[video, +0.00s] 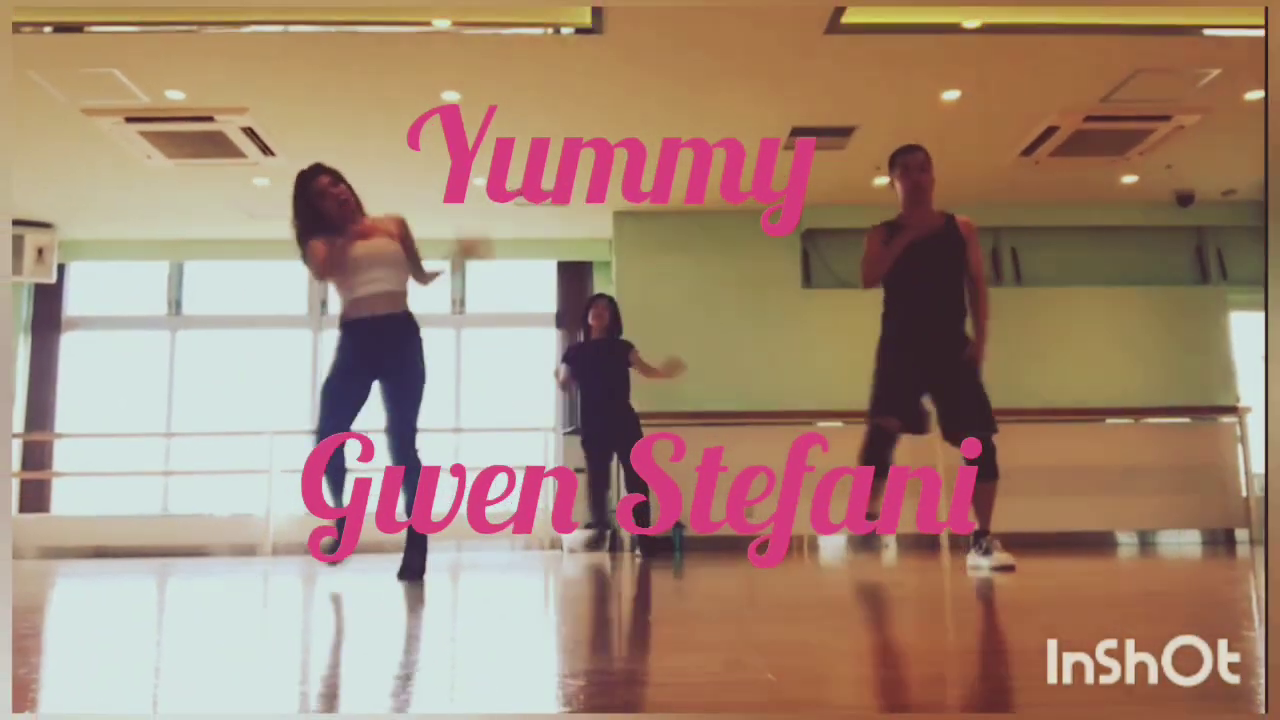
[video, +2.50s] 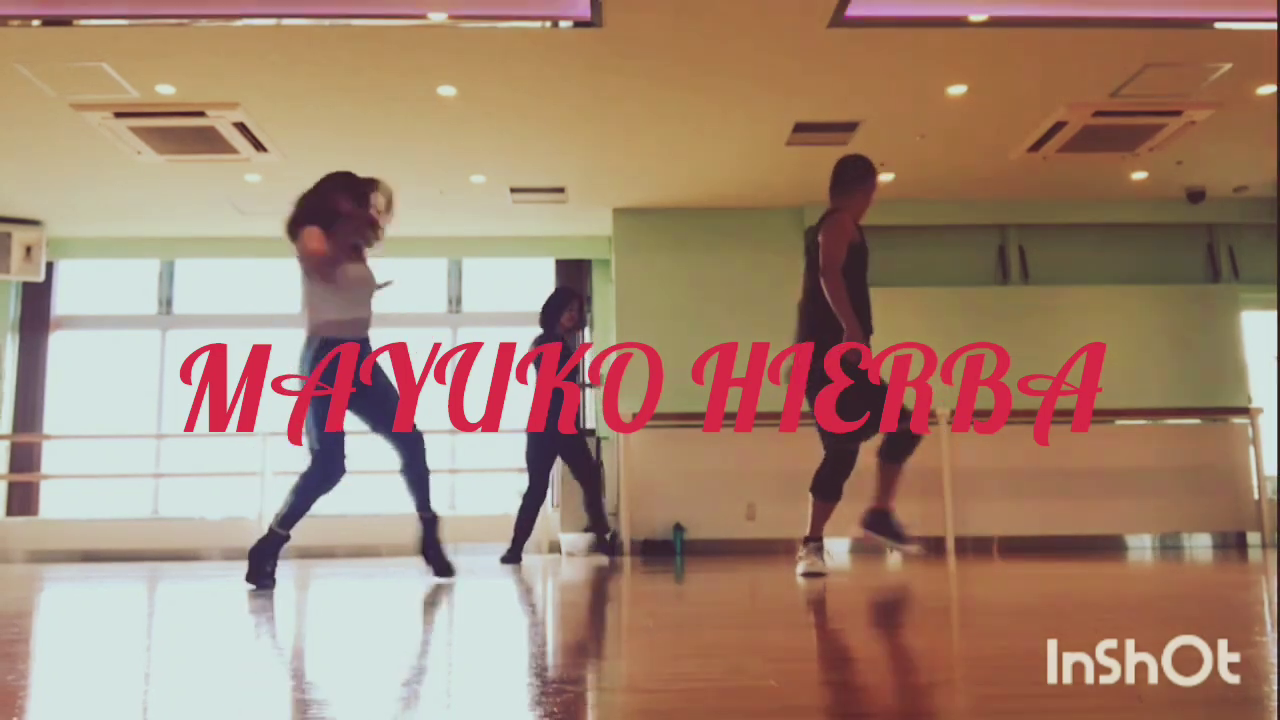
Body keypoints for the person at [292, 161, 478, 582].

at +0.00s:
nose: (337, 191)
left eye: (337, 182)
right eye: (324, 191)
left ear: (349, 186)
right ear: (315, 208)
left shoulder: (393, 226)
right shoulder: (320, 242)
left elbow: (421, 275)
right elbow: (325, 270)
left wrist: (456, 259)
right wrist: (342, 236)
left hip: (400, 337)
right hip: (356, 341)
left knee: (402, 443)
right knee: (329, 435)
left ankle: (417, 531)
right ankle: (341, 514)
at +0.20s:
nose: (353, 197)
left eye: (359, 190)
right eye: (345, 191)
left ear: (372, 197)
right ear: (332, 200)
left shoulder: (397, 246)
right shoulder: (320, 248)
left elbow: (410, 298)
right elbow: (295, 292)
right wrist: (279, 316)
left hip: (387, 351)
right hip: (341, 352)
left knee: (420, 447)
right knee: (306, 444)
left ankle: (431, 544)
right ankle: (285, 539)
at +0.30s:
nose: (368, 225)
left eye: (376, 220)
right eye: (362, 215)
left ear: (385, 230)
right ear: (343, 219)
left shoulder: (388, 274)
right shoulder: (316, 271)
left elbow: (412, 325)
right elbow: (301, 327)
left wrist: (388, 365)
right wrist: (284, 376)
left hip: (375, 381)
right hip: (327, 381)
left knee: (420, 456)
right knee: (282, 460)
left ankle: (433, 547)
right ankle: (279, 544)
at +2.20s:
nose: (335, 235)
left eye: (346, 231)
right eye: (330, 226)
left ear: (359, 243)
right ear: (317, 233)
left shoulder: (368, 289)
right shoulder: (298, 287)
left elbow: (398, 343)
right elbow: (294, 341)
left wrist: (410, 398)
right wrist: (300, 374)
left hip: (376, 395)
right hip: (330, 402)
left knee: (390, 469)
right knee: (258, 462)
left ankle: (434, 543)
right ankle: (277, 546)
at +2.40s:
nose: (358, 229)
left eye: (365, 221)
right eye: (352, 219)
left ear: (370, 226)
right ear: (333, 218)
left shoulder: (367, 264)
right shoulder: (302, 259)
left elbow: (392, 305)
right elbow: (258, 291)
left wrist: (426, 318)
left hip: (368, 369)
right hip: (325, 370)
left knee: (403, 454)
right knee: (314, 463)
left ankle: (438, 543)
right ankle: (275, 550)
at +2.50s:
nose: (366, 211)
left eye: (367, 203)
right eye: (359, 202)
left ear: (358, 208)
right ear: (338, 202)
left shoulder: (354, 239)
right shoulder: (313, 233)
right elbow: (320, 264)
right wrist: (342, 243)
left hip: (359, 358)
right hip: (325, 359)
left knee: (411, 443)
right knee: (328, 468)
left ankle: (430, 535)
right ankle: (267, 547)